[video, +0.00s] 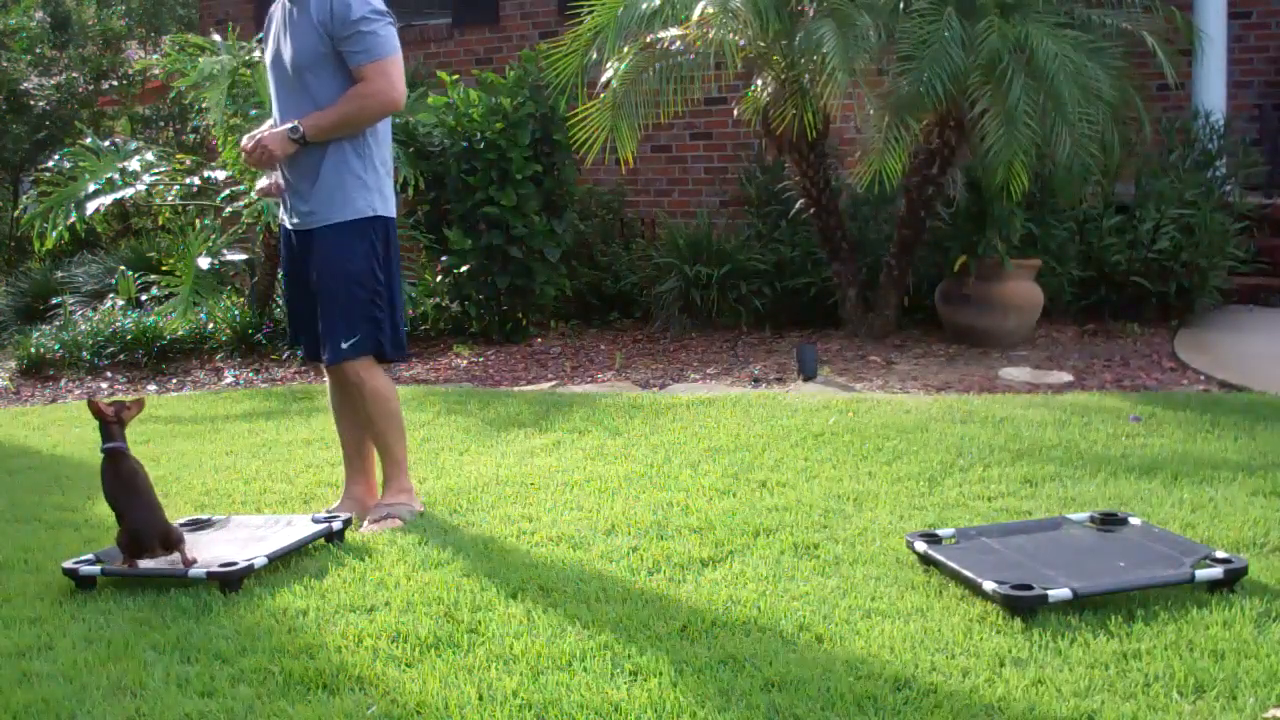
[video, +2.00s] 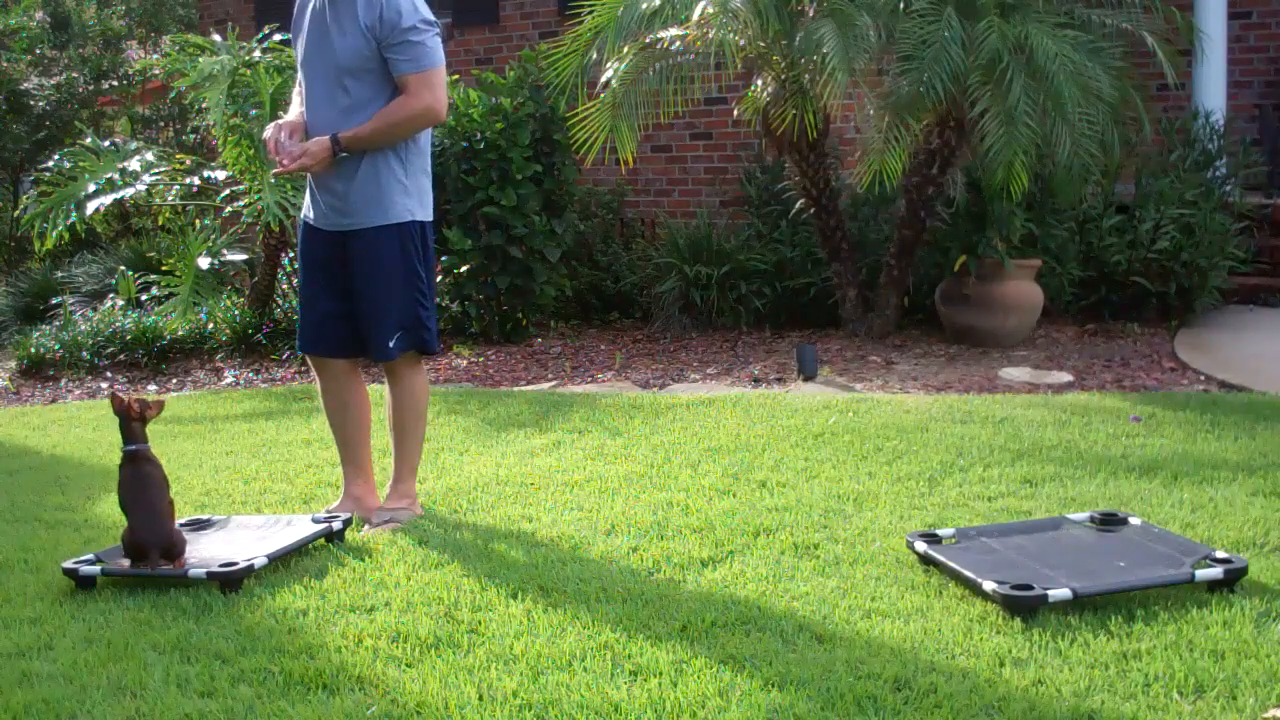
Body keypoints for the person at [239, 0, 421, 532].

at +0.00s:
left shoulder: (345, 2)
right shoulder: (282, 13)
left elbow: (387, 91)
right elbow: (310, 105)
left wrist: (294, 132)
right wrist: (287, 169)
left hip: (351, 206)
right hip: (308, 210)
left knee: (354, 354)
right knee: (335, 358)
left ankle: (401, 492)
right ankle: (360, 494)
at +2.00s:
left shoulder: (394, 5)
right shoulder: (308, 7)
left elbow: (430, 102)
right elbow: (310, 78)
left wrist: (337, 145)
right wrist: (295, 118)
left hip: (391, 204)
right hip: (325, 205)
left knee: (403, 351)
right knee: (329, 350)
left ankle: (403, 495)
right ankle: (358, 492)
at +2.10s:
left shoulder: (395, 5)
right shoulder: (309, 7)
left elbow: (430, 102)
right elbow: (309, 81)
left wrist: (337, 146)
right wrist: (294, 120)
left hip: (391, 205)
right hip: (325, 205)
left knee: (402, 351)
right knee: (329, 350)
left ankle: (403, 495)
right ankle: (358, 492)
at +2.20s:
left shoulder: (395, 5)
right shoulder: (309, 8)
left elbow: (431, 103)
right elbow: (310, 82)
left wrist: (337, 146)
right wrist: (294, 121)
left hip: (391, 205)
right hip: (325, 205)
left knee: (402, 351)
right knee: (328, 350)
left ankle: (403, 495)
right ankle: (358, 492)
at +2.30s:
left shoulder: (396, 5)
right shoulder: (309, 7)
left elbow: (431, 103)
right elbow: (309, 82)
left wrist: (337, 145)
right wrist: (293, 120)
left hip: (390, 205)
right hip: (324, 205)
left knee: (402, 351)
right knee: (326, 350)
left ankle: (403, 496)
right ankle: (358, 492)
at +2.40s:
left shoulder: (397, 5)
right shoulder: (308, 7)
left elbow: (431, 103)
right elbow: (306, 79)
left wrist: (337, 146)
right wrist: (292, 117)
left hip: (389, 205)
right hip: (322, 205)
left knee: (402, 351)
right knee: (325, 350)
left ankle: (404, 496)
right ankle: (358, 492)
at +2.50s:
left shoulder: (398, 6)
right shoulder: (304, 8)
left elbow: (432, 105)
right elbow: (304, 85)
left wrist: (338, 146)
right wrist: (288, 116)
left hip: (387, 205)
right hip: (319, 206)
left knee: (400, 351)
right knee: (320, 351)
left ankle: (404, 495)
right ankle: (358, 492)